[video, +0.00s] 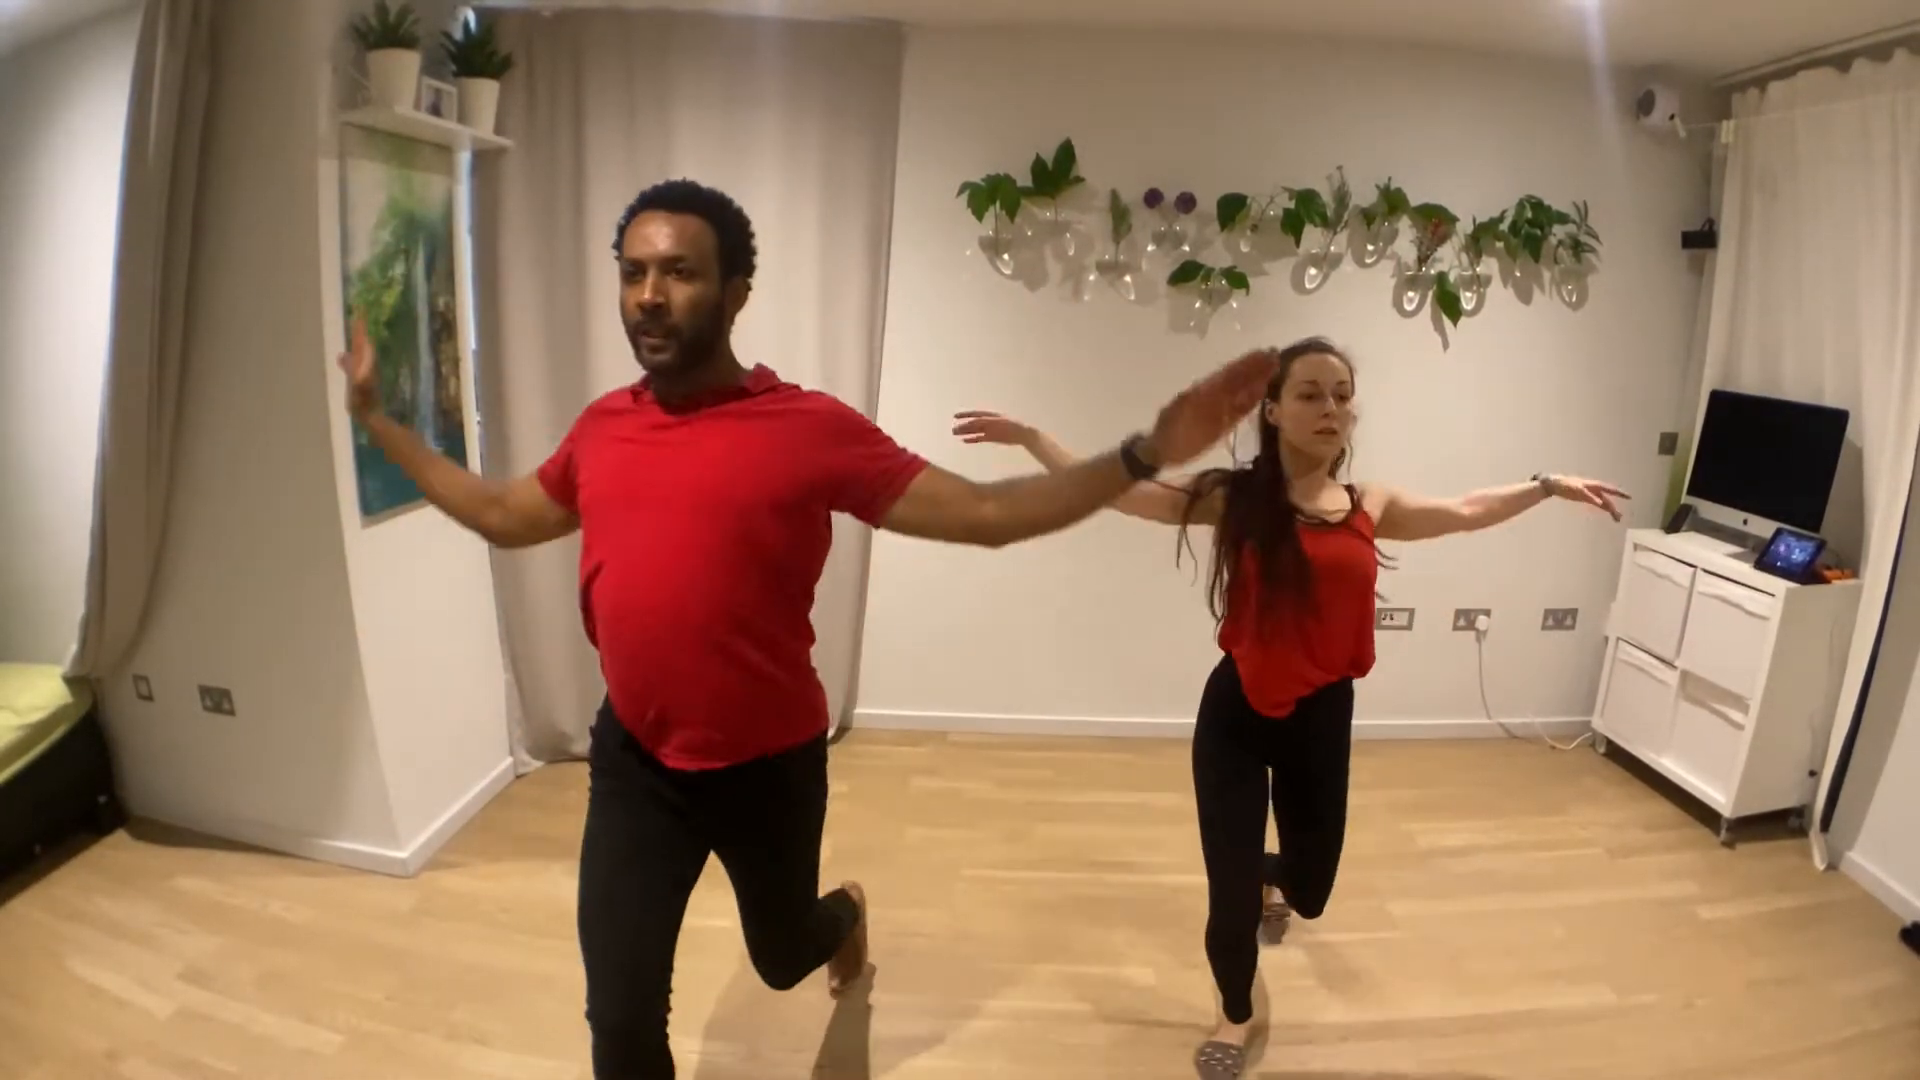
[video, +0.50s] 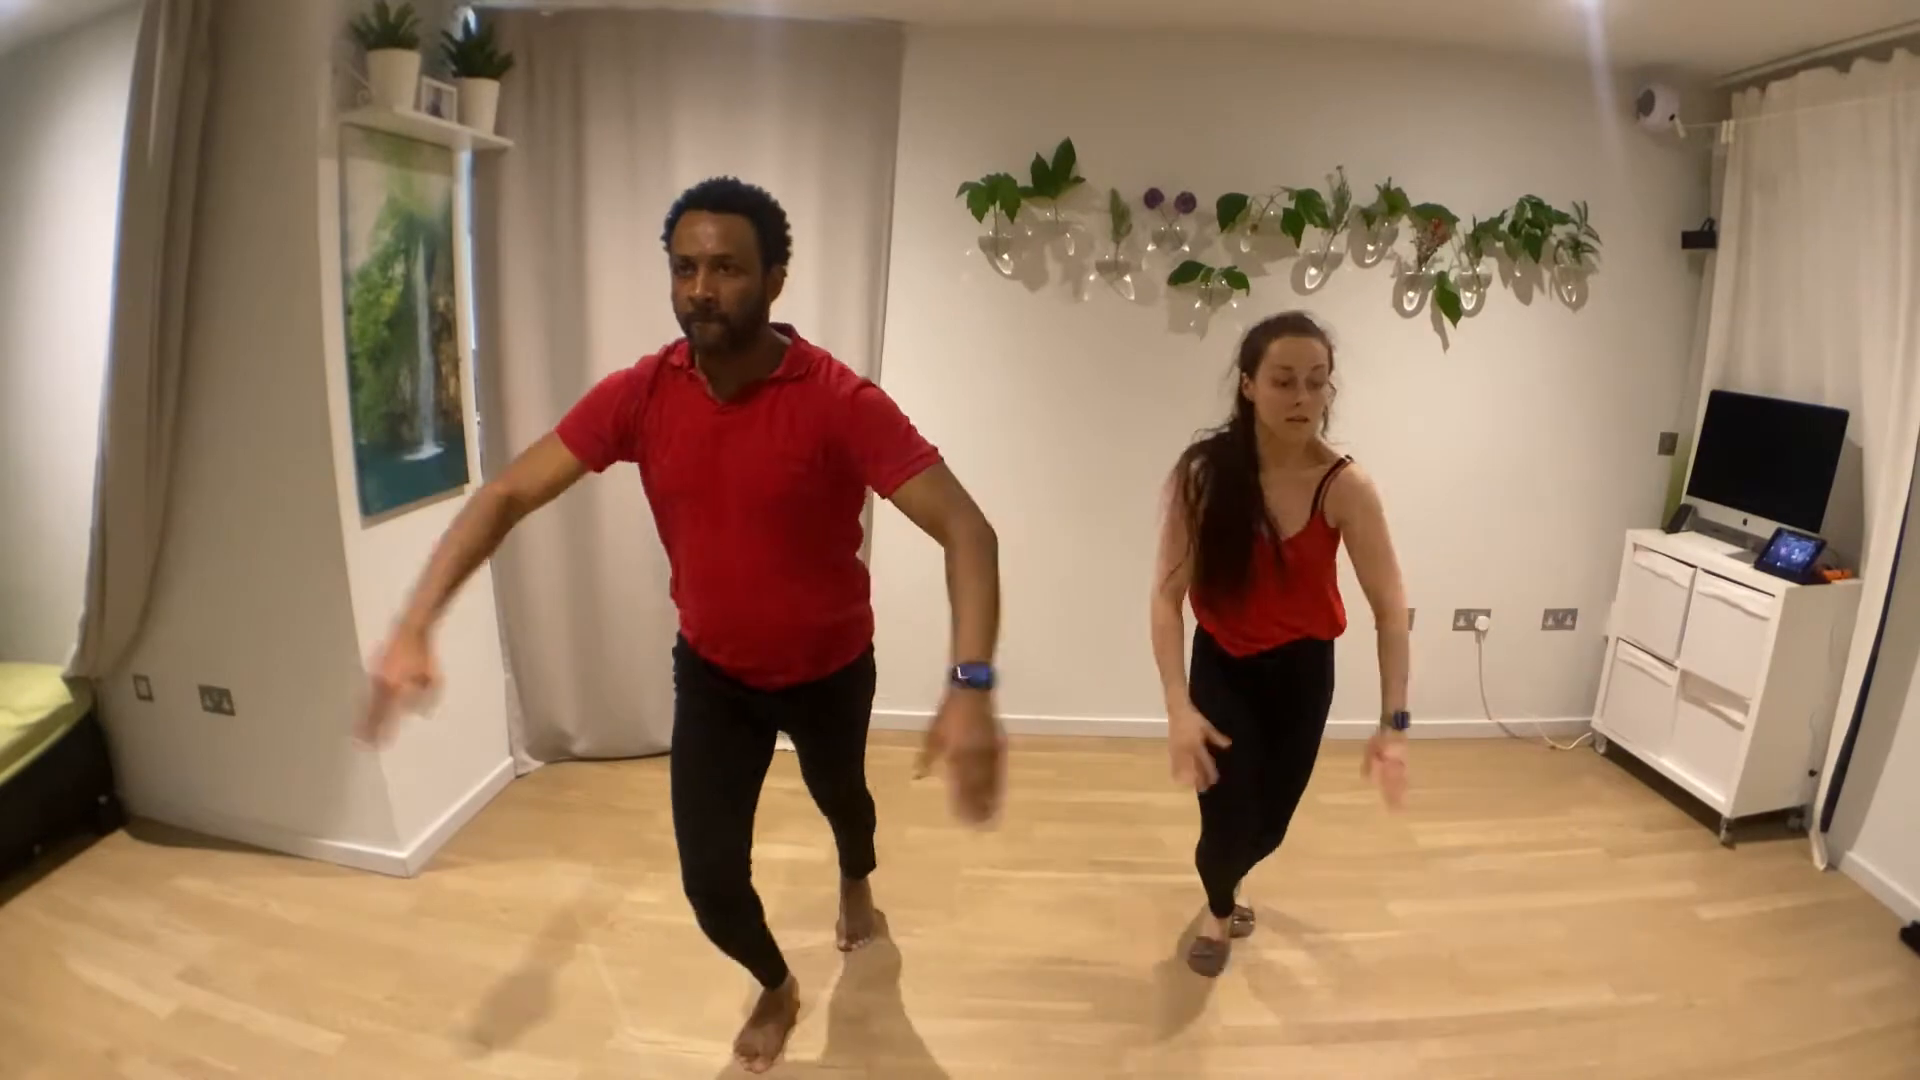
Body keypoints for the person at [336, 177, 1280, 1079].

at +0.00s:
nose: (647, 293)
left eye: (675, 272)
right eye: (633, 272)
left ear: (737, 291)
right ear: (617, 289)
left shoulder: (808, 430)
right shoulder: (607, 428)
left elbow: (986, 512)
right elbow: (505, 515)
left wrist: (1146, 466)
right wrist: (375, 422)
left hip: (767, 759)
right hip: (638, 756)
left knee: (781, 957)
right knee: (620, 1021)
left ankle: (848, 930)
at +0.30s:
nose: (681, 300)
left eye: (709, 281)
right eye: (669, 279)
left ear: (767, 293)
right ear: (656, 290)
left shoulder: (836, 417)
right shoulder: (627, 409)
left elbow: (977, 500)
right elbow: (458, 452)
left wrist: (1123, 571)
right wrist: (302, 472)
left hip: (827, 692)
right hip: (707, 694)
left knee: (839, 818)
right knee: (690, 922)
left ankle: (856, 891)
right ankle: (684, 1076)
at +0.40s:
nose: (698, 295)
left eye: (723, 275)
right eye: (683, 274)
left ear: (772, 288)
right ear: (665, 285)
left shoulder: (837, 406)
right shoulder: (630, 400)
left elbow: (956, 509)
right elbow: (474, 468)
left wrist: (1061, 602)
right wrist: (322, 519)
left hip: (832, 667)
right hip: (717, 669)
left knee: (846, 796)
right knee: (692, 892)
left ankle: (855, 887)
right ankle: (741, 1047)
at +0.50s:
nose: (700, 290)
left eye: (725, 268)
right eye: (685, 269)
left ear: (775, 283)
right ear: (669, 279)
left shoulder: (836, 401)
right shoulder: (640, 396)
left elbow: (967, 530)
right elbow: (506, 496)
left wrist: (971, 684)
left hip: (830, 667)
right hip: (716, 670)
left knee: (843, 796)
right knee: (714, 894)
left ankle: (858, 884)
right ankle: (776, 986)